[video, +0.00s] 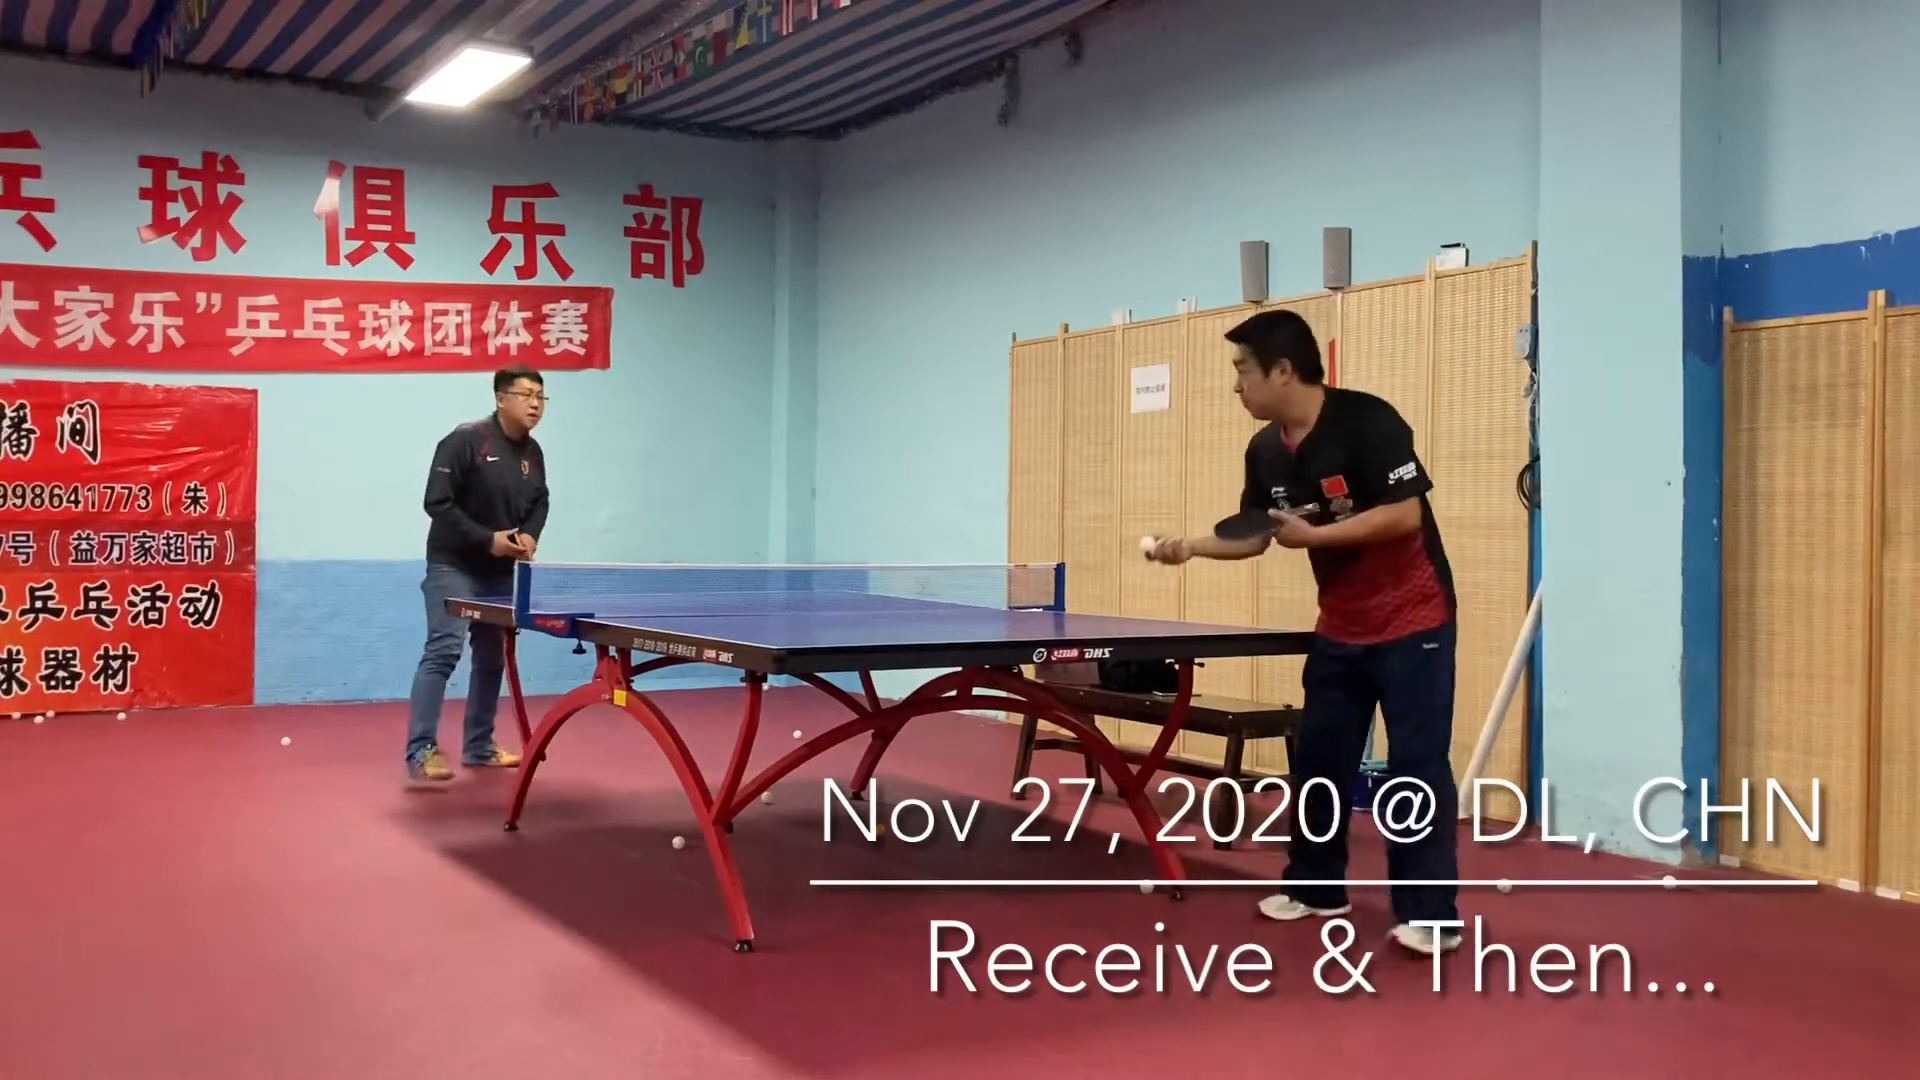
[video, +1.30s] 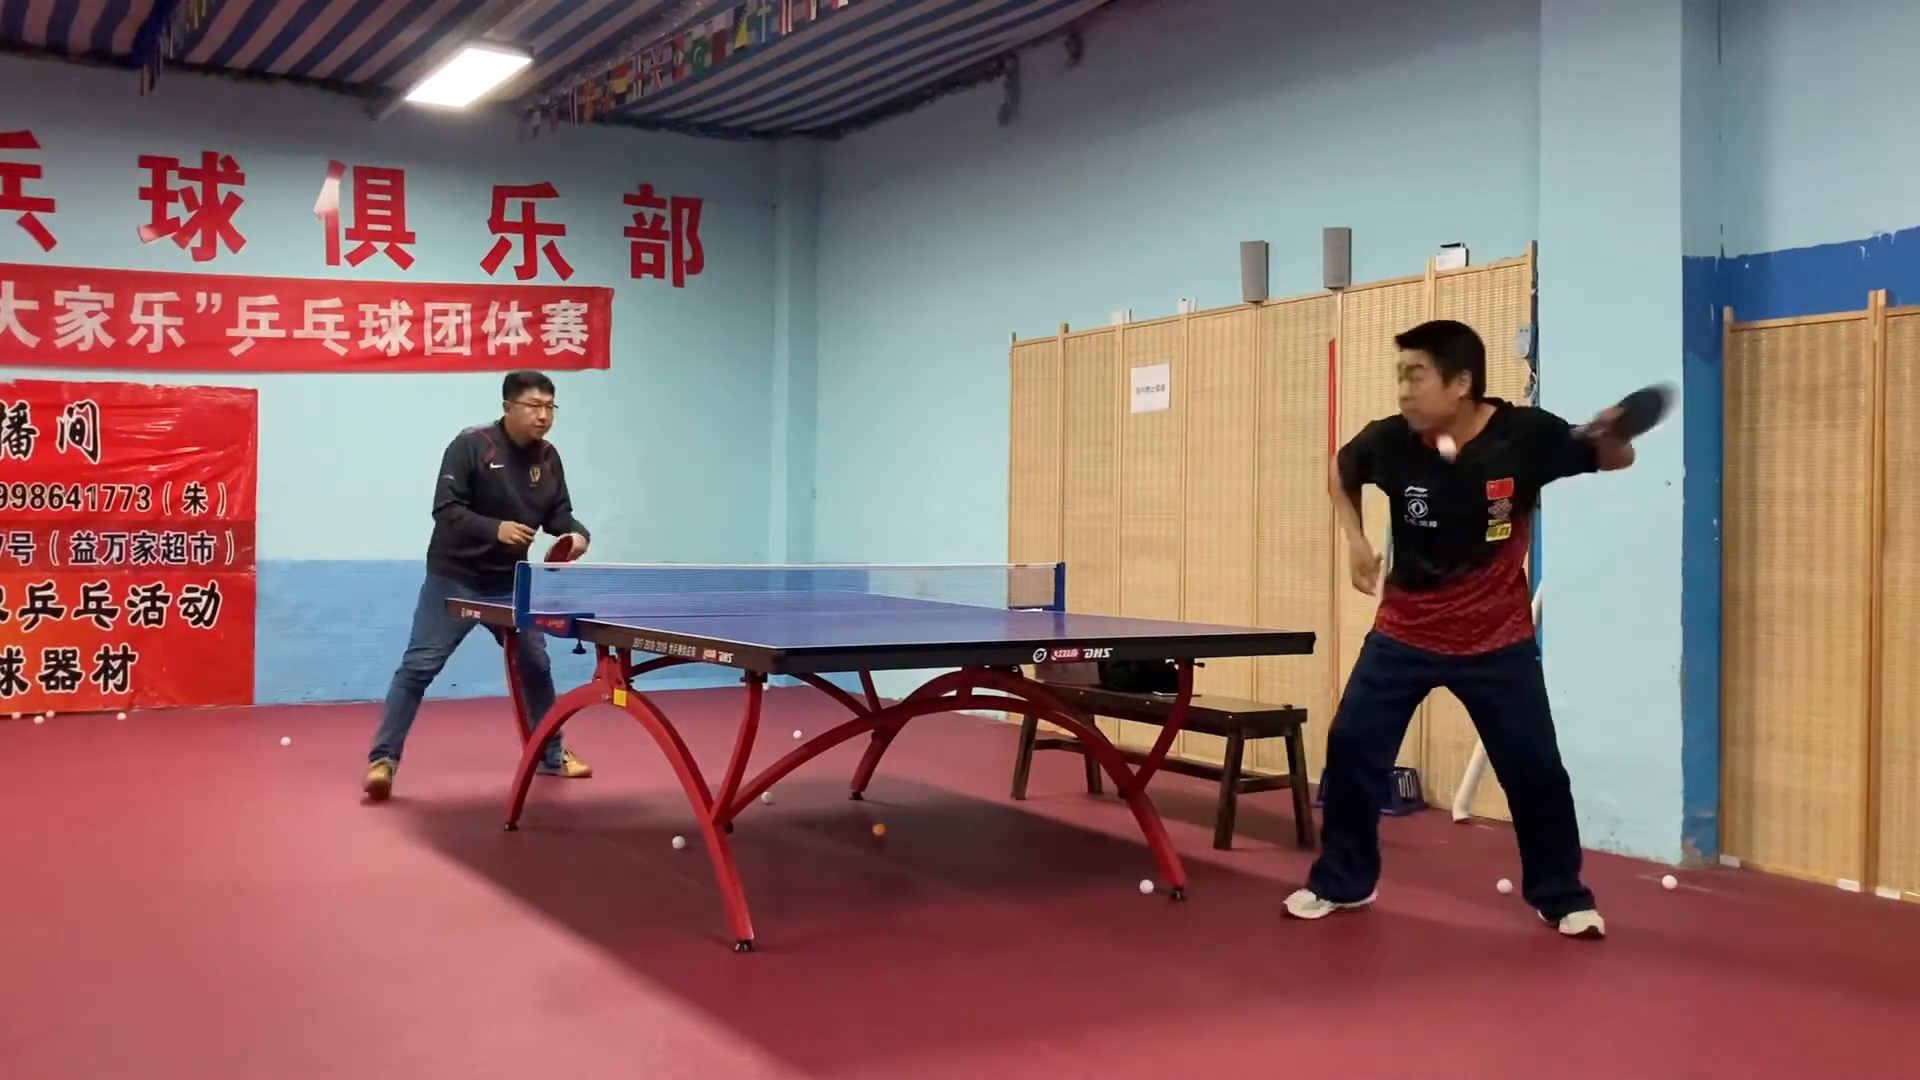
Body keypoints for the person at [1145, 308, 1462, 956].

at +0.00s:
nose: (1235, 385)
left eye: (1243, 371)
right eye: (1235, 371)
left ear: (1283, 372)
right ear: (1277, 373)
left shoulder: (1369, 418)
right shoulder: (1268, 449)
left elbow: (1404, 514)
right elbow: (1253, 530)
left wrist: (1316, 534)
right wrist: (1192, 544)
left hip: (1414, 621)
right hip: (1341, 625)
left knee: (1417, 766)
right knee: (1319, 754)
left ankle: (1429, 911)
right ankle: (1316, 888)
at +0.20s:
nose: (1228, 410)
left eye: (1237, 397)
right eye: (1227, 397)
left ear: (1279, 398)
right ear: (1268, 402)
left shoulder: (1362, 439)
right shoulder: (1254, 473)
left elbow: (1390, 538)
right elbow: (1240, 558)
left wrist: (1296, 552)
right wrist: (1179, 585)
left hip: (1415, 628)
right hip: (1336, 632)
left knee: (1456, 753)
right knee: (1313, 756)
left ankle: (1524, 893)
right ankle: (1315, 887)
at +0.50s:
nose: (1306, 417)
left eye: (1316, 405)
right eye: (1306, 405)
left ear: (1361, 408)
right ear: (1339, 409)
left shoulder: (1429, 460)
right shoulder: (1304, 463)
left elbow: (1440, 560)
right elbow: (1242, 516)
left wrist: (1354, 543)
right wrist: (1182, 515)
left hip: (1434, 643)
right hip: (1346, 640)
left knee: (1490, 761)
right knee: (1311, 744)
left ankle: (1550, 892)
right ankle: (1315, 888)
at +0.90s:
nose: (1376, 379)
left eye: (1389, 368)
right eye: (1377, 367)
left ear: (1434, 379)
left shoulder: (1500, 448)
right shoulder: (1368, 433)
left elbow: (1526, 535)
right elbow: (1300, 455)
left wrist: (1464, 543)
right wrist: (1240, 443)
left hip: (1475, 641)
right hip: (1383, 637)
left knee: (1518, 766)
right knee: (1349, 759)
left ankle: (1562, 896)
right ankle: (1344, 885)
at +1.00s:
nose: (1400, 368)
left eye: (1416, 356)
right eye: (1401, 355)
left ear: (1459, 371)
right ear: (1412, 367)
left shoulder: (1517, 440)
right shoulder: (1383, 430)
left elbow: (1549, 510)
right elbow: (1320, 456)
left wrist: (1531, 549)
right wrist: (1252, 474)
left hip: (1483, 635)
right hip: (1393, 632)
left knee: (1521, 765)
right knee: (1357, 753)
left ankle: (1561, 896)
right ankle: (1345, 885)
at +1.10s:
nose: (1414, 364)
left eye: (1431, 353)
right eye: (1416, 351)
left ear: (1474, 372)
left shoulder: (1522, 435)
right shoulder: (1390, 428)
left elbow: (1565, 490)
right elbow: (1332, 464)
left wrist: (1613, 511)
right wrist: (1276, 512)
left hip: (1490, 636)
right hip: (1399, 633)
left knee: (1526, 763)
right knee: (1362, 754)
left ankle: (1561, 895)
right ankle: (1345, 884)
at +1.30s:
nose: (1402, 388)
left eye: (1414, 375)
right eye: (1401, 375)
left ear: (1461, 382)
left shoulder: (1525, 433)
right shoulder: (1391, 441)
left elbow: (1618, 459)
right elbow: (1342, 470)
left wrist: (1607, 437)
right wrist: (1356, 541)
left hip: (1496, 641)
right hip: (1404, 634)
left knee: (1536, 770)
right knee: (1351, 744)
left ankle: (1562, 896)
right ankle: (1343, 880)